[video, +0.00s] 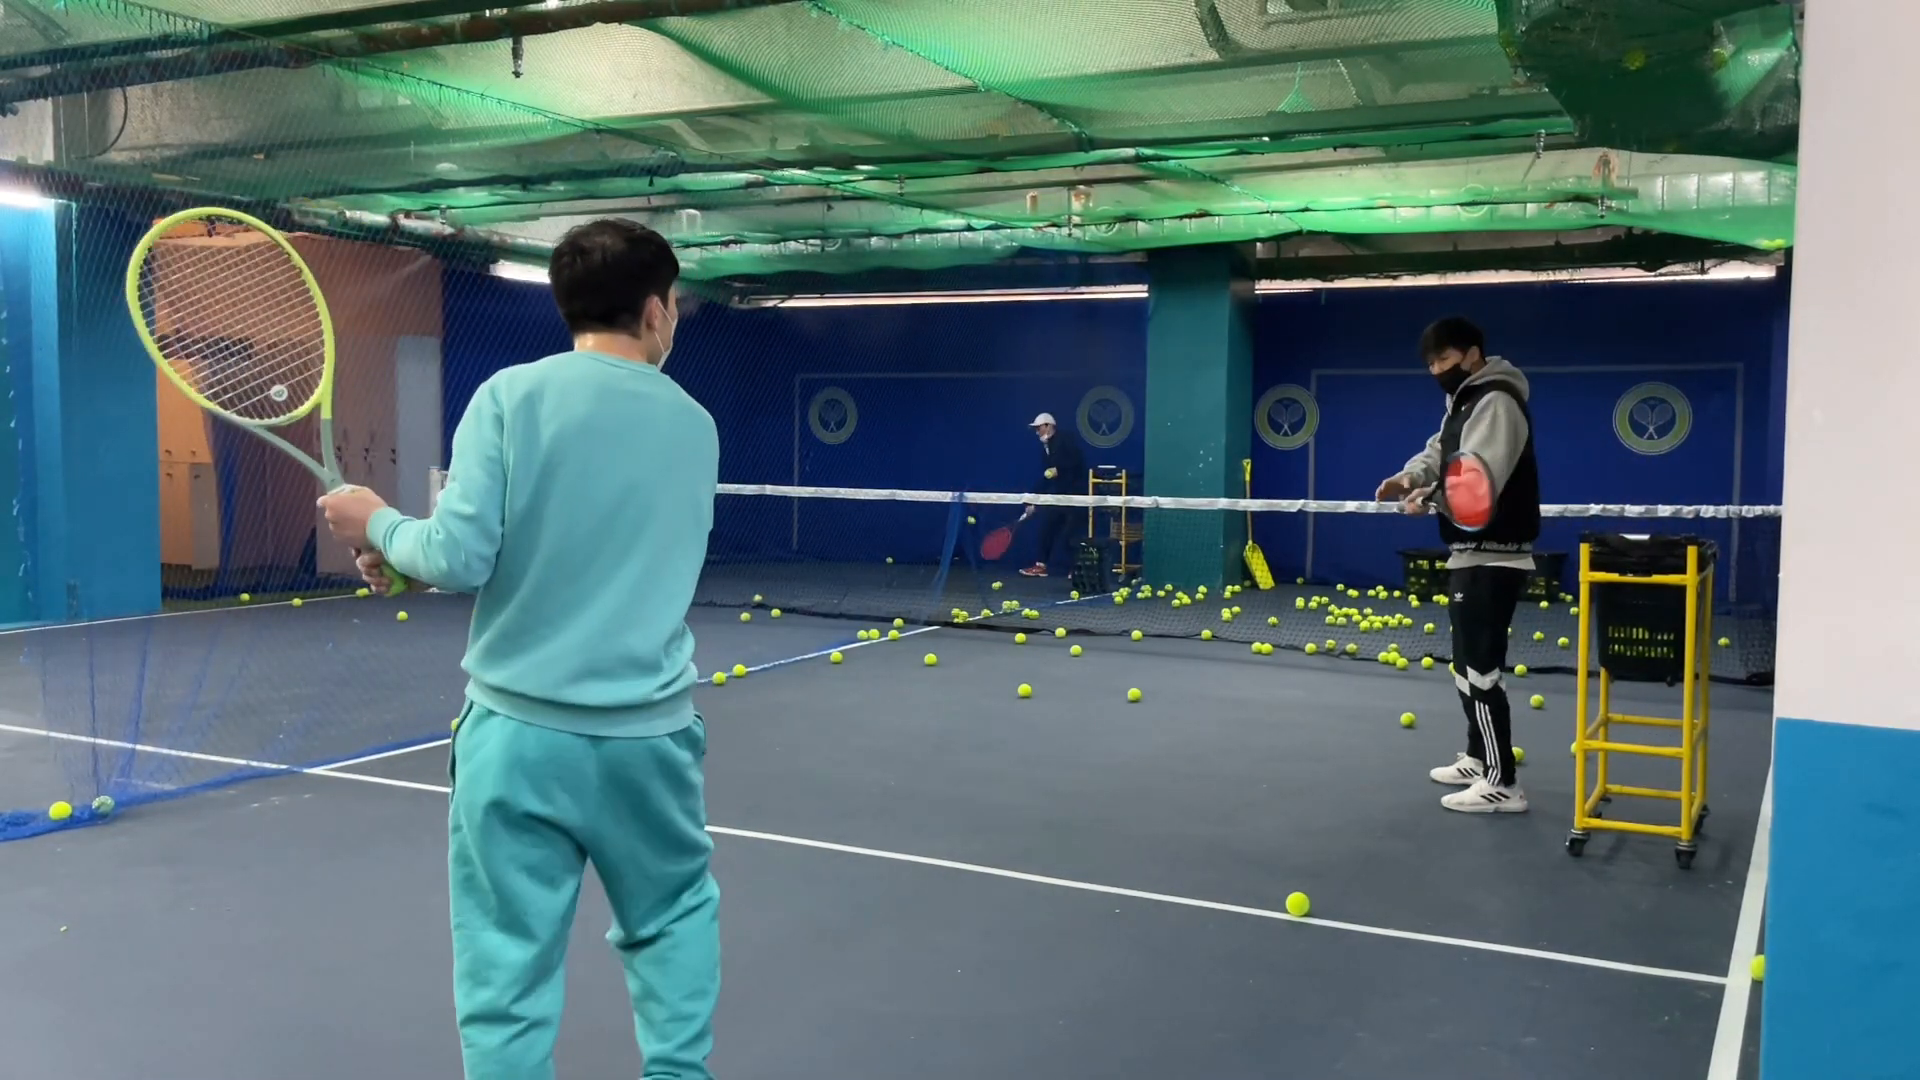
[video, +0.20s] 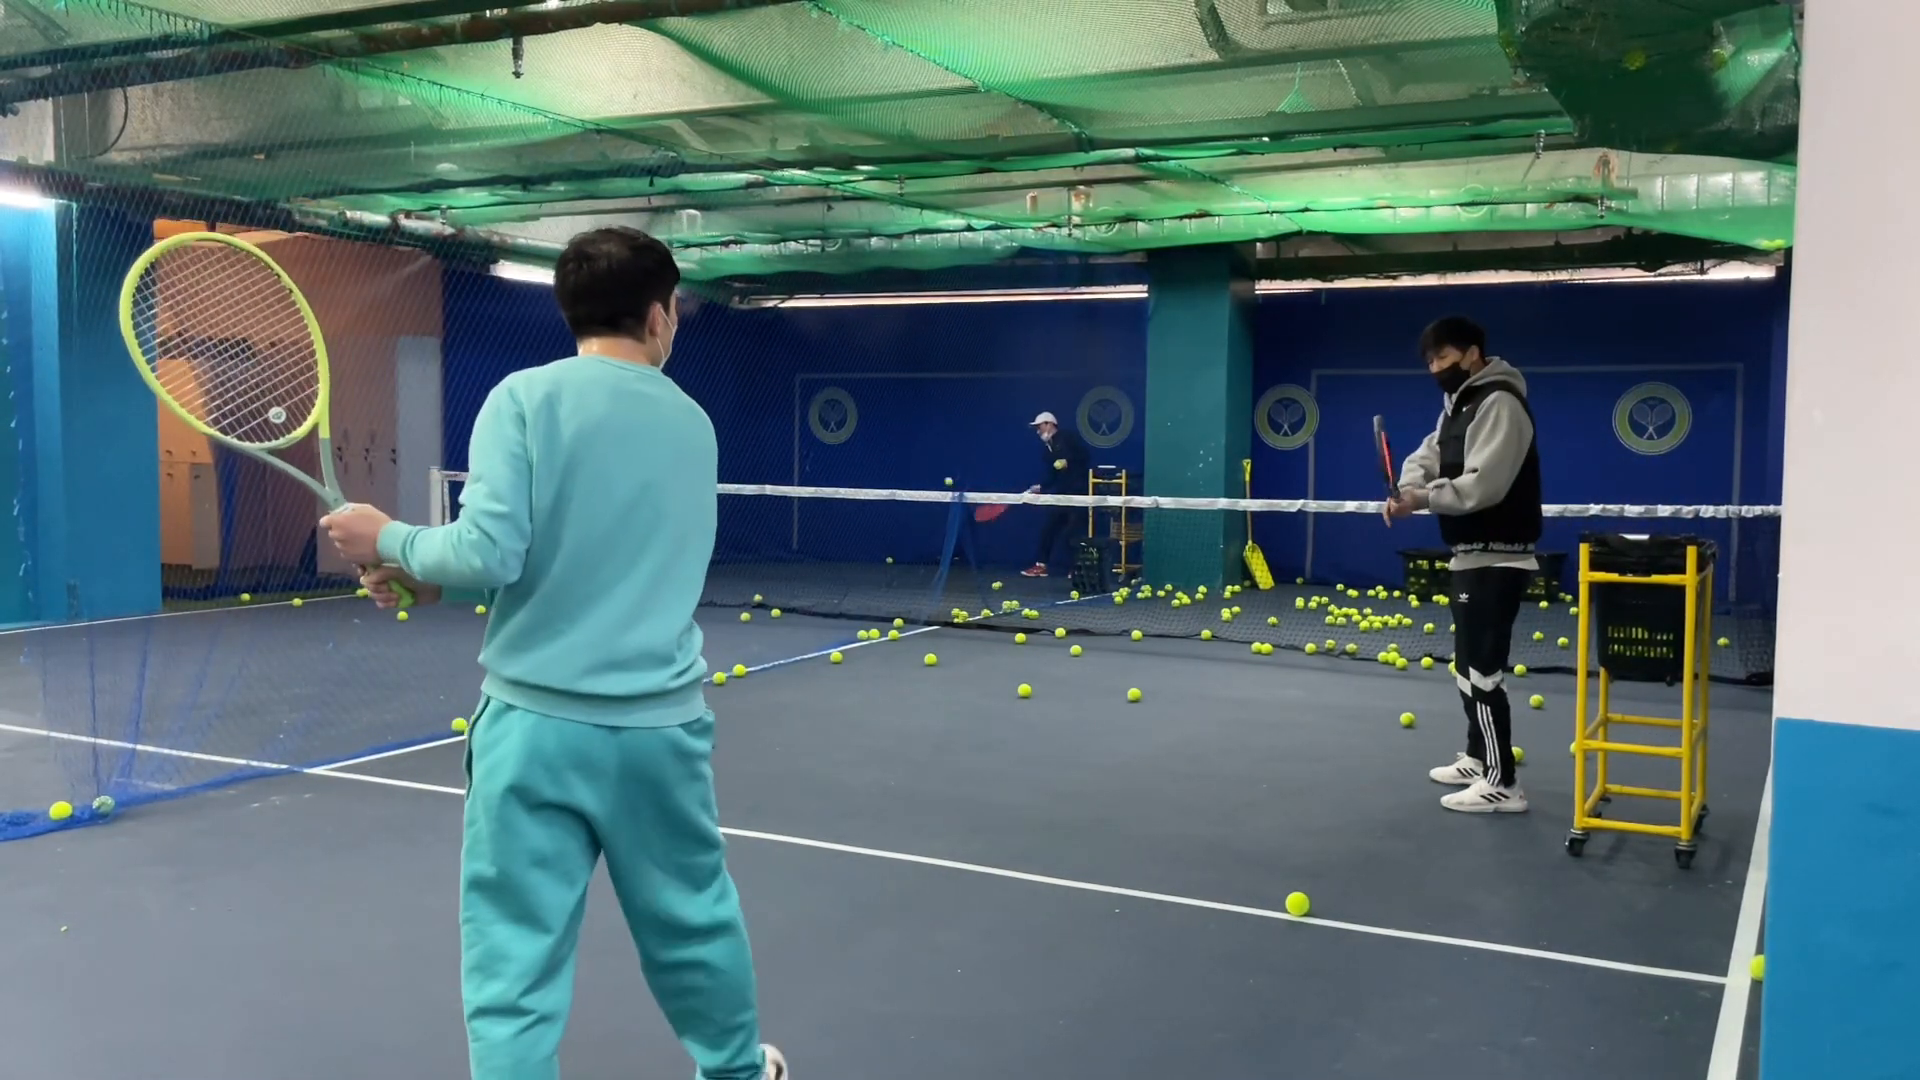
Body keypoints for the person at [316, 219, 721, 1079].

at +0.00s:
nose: (676, 314)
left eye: (674, 298)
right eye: (674, 298)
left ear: (567, 310)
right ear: (653, 308)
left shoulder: (508, 399)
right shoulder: (693, 425)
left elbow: (460, 555)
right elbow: (609, 544)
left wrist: (377, 520)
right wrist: (419, 558)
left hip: (517, 740)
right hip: (647, 743)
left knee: (508, 974)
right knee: (671, 919)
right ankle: (678, 1066)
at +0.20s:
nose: (675, 327)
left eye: (675, 313)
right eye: (675, 311)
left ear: (572, 314)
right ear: (659, 314)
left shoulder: (521, 401)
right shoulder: (692, 423)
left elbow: (490, 552)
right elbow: (599, 557)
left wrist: (384, 536)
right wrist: (436, 578)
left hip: (535, 734)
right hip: (662, 732)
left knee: (514, 972)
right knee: (694, 923)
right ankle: (738, 1067)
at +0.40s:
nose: (705, 337)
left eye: (705, 324)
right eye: (705, 324)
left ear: (606, 330)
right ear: (692, 329)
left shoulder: (573, 412)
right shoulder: (721, 428)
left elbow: (555, 559)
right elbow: (646, 567)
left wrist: (443, 552)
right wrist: (485, 587)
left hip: (585, 733)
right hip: (703, 735)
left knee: (540, 962)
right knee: (729, 936)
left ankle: (527, 1073)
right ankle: (759, 1067)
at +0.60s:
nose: (739, 335)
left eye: (738, 322)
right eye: (737, 322)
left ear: (639, 328)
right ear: (722, 326)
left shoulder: (608, 405)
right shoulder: (748, 419)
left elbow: (596, 550)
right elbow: (685, 556)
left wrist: (484, 549)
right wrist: (520, 577)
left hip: (629, 716)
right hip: (740, 714)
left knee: (566, 927)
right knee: (737, 905)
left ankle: (545, 1071)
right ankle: (757, 1064)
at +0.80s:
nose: (749, 333)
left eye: (748, 320)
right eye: (746, 320)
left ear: (651, 326)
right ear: (732, 324)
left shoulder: (621, 399)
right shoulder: (757, 417)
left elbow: (611, 541)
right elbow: (698, 556)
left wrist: (502, 552)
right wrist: (540, 580)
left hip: (639, 706)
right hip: (747, 707)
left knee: (570, 911)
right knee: (740, 901)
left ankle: (538, 1068)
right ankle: (753, 1063)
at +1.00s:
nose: (744, 333)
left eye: (743, 320)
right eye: (742, 320)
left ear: (648, 326)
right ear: (730, 324)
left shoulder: (624, 397)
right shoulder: (755, 415)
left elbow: (622, 536)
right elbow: (688, 558)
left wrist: (509, 570)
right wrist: (545, 594)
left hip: (641, 702)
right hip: (745, 704)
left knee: (569, 907)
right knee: (739, 898)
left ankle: (538, 1068)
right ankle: (754, 1063)